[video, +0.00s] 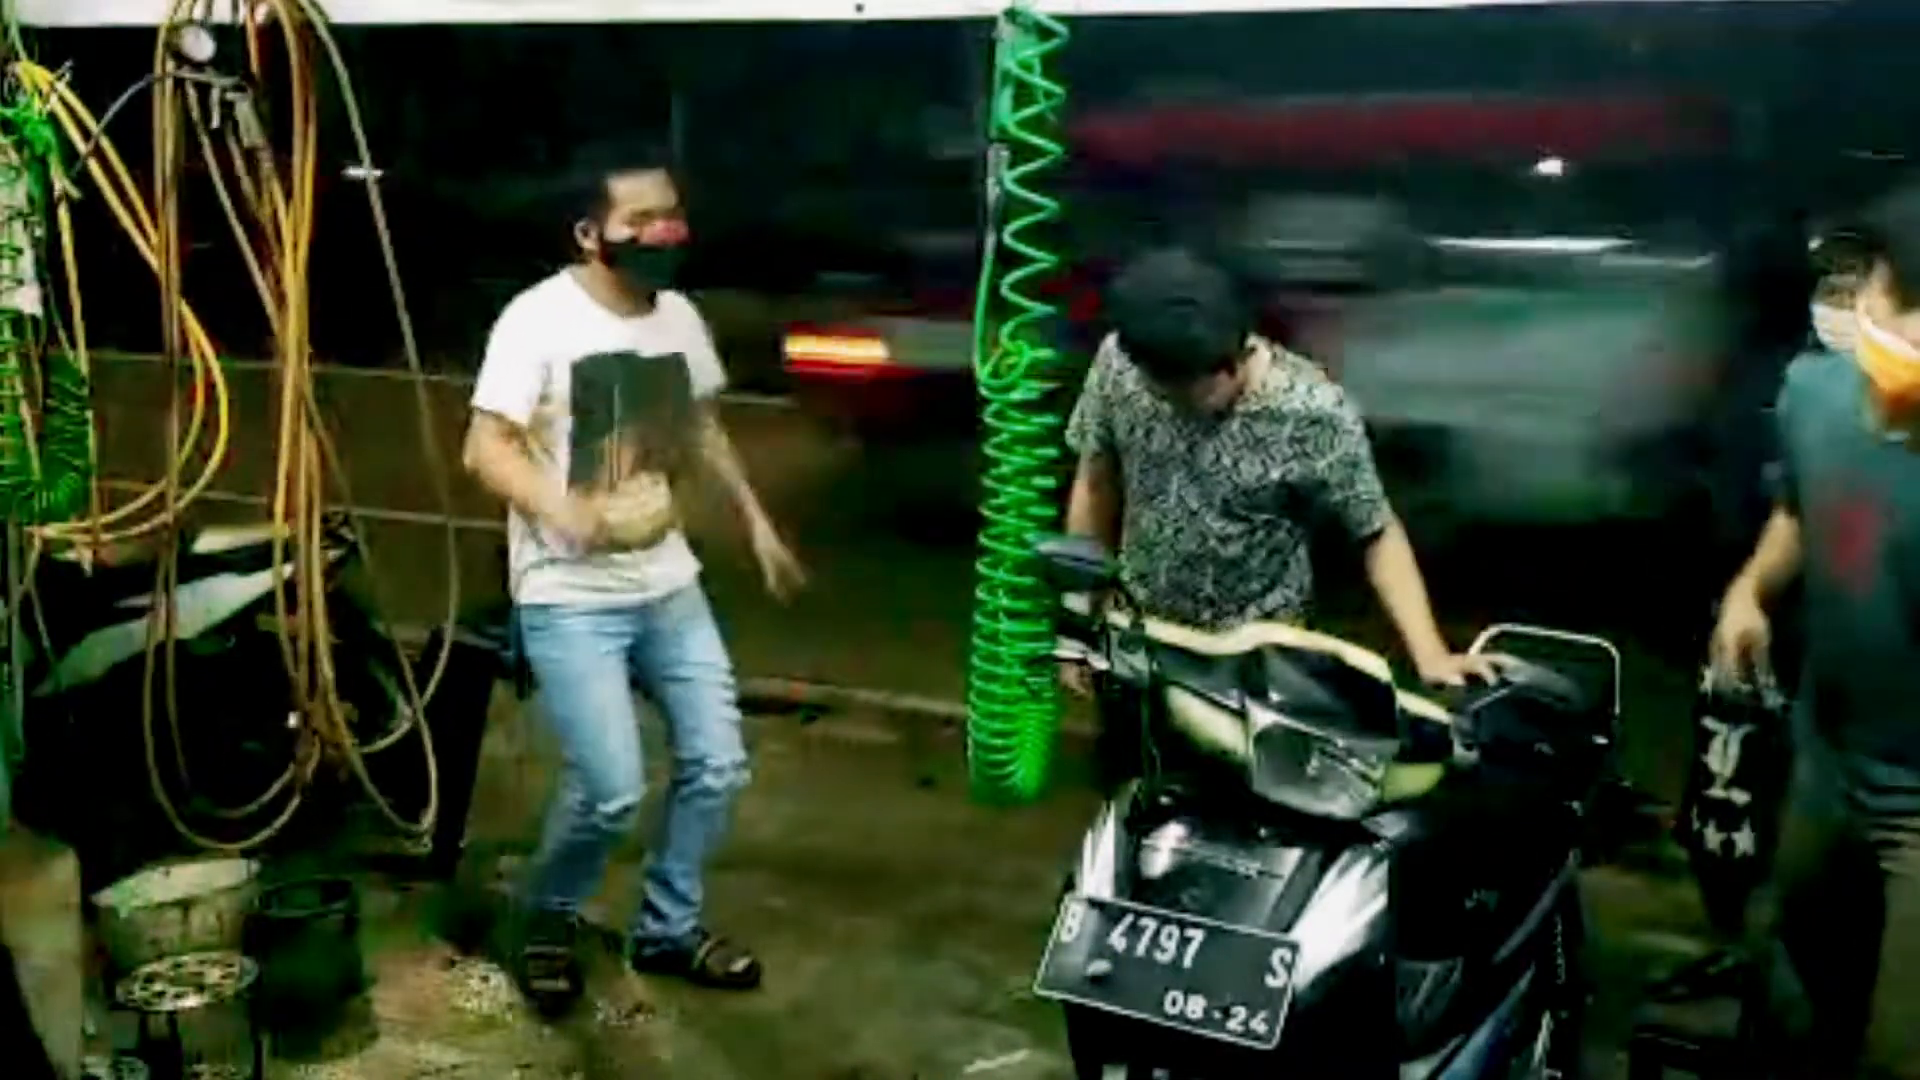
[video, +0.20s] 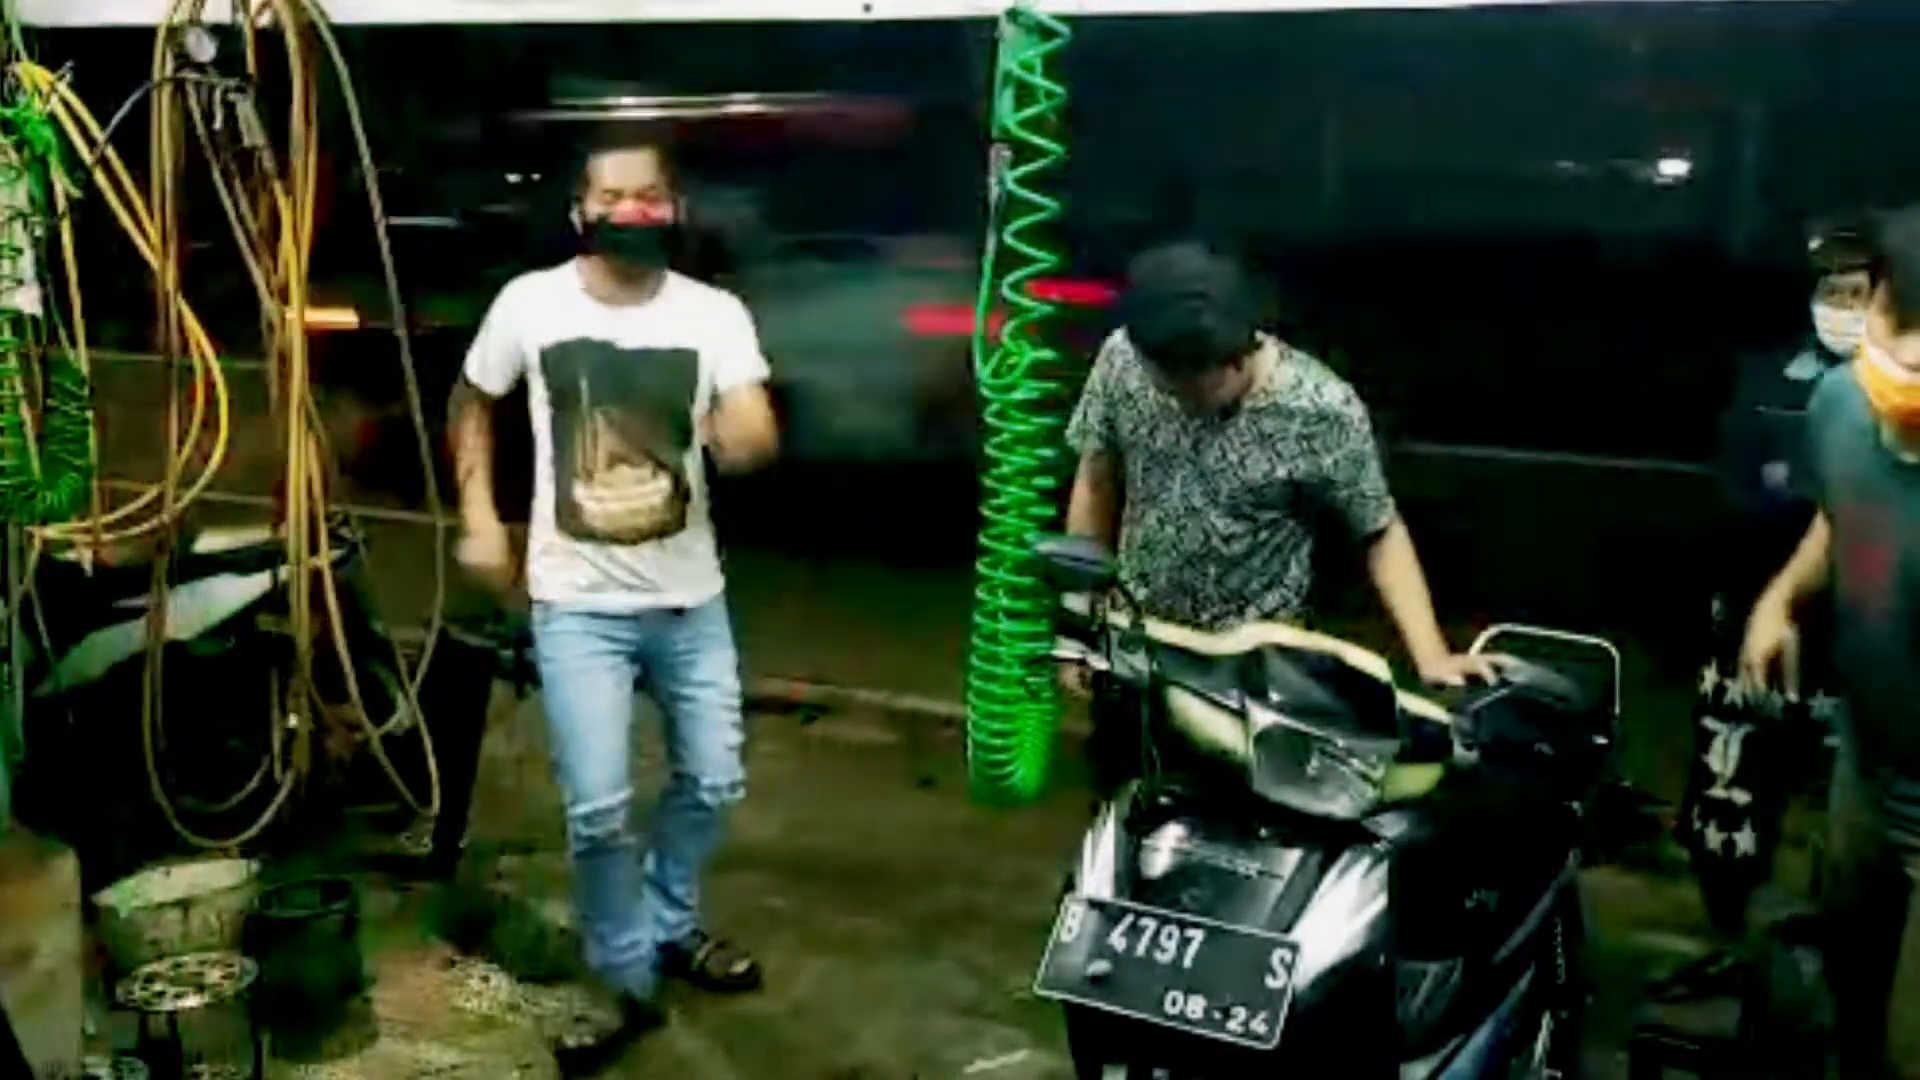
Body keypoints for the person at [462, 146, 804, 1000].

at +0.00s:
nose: (666, 236)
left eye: (671, 217)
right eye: (643, 222)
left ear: (679, 220)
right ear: (590, 232)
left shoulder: (680, 319)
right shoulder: (534, 321)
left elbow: (706, 433)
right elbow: (487, 449)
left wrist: (757, 523)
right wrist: (563, 513)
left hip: (668, 585)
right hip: (567, 598)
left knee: (716, 766)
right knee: (612, 790)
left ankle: (668, 931)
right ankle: (548, 922)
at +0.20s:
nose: (633, 213)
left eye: (649, 197)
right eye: (615, 198)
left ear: (673, 206)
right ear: (583, 206)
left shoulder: (712, 313)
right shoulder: (530, 306)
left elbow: (754, 440)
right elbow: (472, 404)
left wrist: (717, 428)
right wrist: (480, 517)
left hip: (689, 599)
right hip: (576, 603)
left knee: (714, 779)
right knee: (599, 808)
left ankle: (669, 927)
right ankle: (623, 987)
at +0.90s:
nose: (631, 227)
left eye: (650, 207)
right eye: (611, 211)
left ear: (692, 212)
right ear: (588, 223)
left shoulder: (735, 301)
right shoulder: (550, 310)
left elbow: (802, 352)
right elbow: (421, 394)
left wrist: (872, 434)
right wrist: (470, 376)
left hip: (723, 621)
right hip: (599, 630)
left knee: (742, 846)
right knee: (609, 850)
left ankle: (764, 1047)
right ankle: (633, 1002)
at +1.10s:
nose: (677, 234)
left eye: (697, 214)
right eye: (656, 216)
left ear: (734, 220)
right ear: (629, 224)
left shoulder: (783, 327)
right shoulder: (578, 322)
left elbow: (850, 426)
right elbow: (494, 424)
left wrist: (886, 540)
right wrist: (519, 438)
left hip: (757, 641)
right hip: (630, 643)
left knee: (767, 868)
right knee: (611, 872)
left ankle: (764, 1049)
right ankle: (630, 985)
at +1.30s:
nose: (704, 251)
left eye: (723, 230)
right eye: (682, 232)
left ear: (758, 236)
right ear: (653, 244)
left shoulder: (808, 368)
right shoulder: (616, 343)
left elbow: (836, 529)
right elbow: (583, 463)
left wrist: (742, 571)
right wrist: (569, 577)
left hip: (776, 671)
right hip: (644, 664)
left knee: (783, 894)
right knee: (626, 893)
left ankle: (767, 1057)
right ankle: (658, 1063)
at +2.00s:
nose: (680, 259)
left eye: (694, 237)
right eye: (654, 242)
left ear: (716, 241)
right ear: (606, 258)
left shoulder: (708, 344)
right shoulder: (566, 377)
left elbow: (703, 463)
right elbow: (479, 515)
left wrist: (747, 538)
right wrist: (608, 544)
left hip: (703, 680)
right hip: (594, 694)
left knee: (747, 882)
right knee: (657, 946)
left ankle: (641, 996)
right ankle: (639, 1063)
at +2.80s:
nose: (645, 234)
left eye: (662, 216)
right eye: (625, 218)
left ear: (689, 220)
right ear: (594, 224)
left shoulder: (730, 327)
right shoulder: (549, 313)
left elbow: (812, 448)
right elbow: (498, 411)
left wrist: (772, 394)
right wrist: (469, 516)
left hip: (689, 627)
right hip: (573, 624)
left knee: (702, 833)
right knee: (593, 827)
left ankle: (642, 1031)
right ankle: (632, 927)